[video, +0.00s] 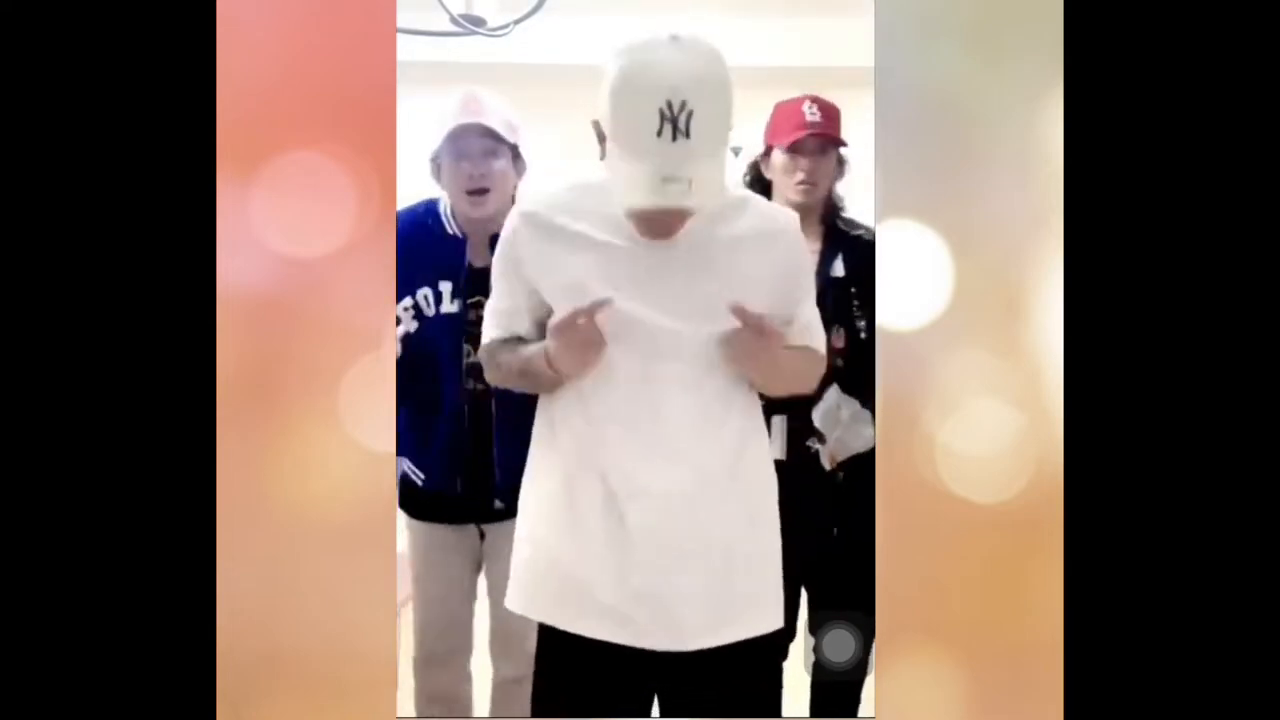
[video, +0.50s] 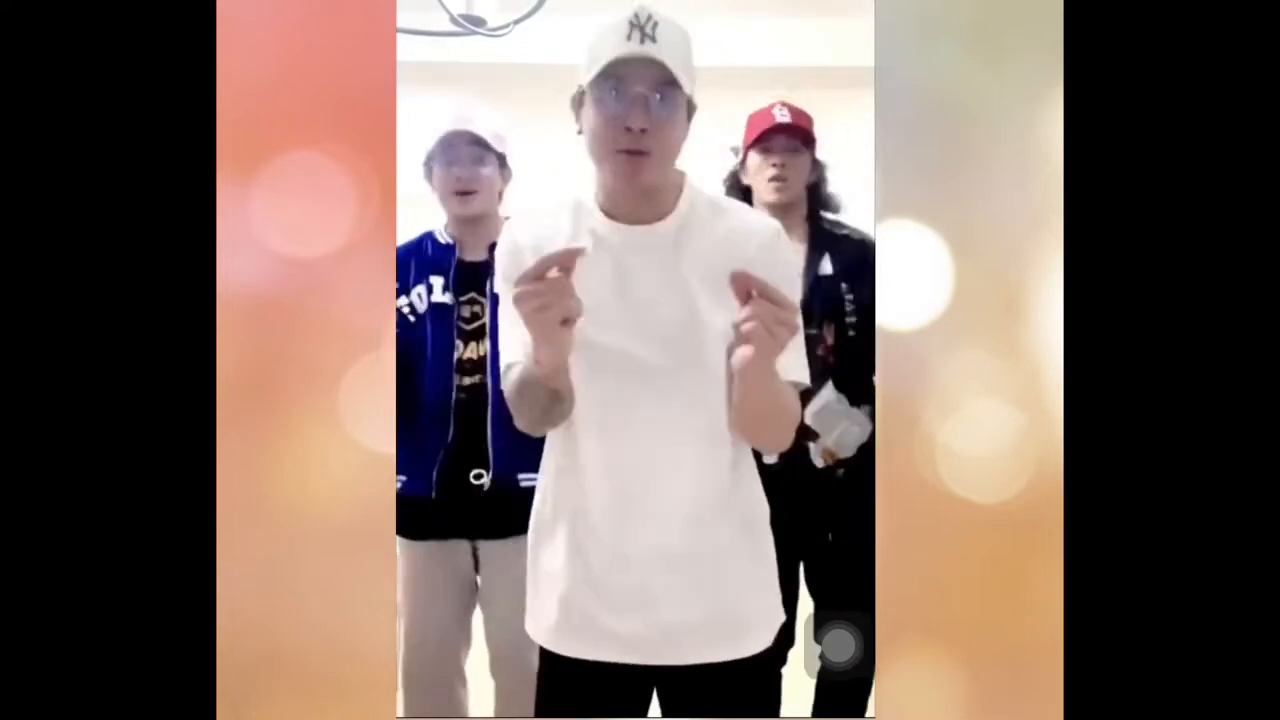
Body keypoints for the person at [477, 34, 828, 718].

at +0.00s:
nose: (663, 219)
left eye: (683, 199)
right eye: (645, 198)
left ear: (721, 149)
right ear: (603, 142)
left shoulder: (769, 233)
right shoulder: (543, 223)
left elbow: (811, 367)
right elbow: (497, 357)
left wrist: (774, 366)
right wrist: (547, 363)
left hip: (728, 598)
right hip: (585, 599)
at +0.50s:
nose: (637, 117)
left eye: (661, 97)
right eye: (616, 94)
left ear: (689, 121)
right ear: (580, 113)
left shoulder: (755, 241)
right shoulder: (535, 242)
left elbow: (772, 435)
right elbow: (531, 420)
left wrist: (756, 366)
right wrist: (551, 360)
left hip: (722, 602)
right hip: (585, 602)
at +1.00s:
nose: (709, 116)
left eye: (726, 93)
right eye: (683, 99)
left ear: (755, 120)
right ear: (652, 130)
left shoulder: (800, 259)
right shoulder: (591, 233)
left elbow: (808, 432)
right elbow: (540, 402)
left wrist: (775, 339)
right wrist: (572, 359)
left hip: (728, 598)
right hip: (592, 592)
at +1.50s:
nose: (617, 90)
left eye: (645, 77)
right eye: (606, 81)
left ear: (692, 111)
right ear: (590, 115)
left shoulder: (743, 226)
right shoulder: (556, 231)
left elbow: (688, 396)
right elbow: (535, 389)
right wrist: (524, 296)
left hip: (724, 585)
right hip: (595, 580)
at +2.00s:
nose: (649, 106)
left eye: (675, 92)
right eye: (635, 97)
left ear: (719, 123)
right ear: (618, 132)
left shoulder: (788, 232)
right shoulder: (585, 254)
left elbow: (831, 400)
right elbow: (510, 397)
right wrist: (623, 316)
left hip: (733, 601)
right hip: (592, 600)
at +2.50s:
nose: (643, 175)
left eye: (666, 152)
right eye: (626, 147)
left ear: (689, 142)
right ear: (580, 121)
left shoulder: (721, 243)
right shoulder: (520, 234)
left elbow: (751, 390)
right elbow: (522, 385)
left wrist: (832, 454)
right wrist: (657, 307)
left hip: (719, 608)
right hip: (582, 610)